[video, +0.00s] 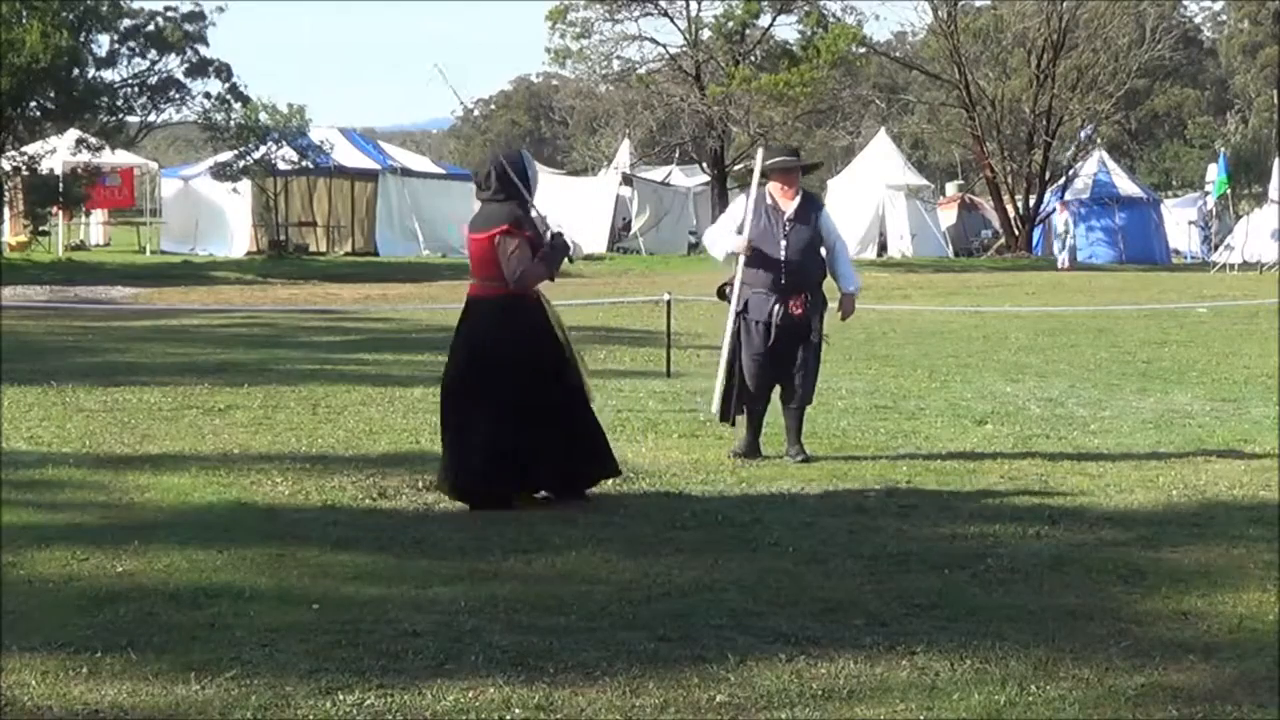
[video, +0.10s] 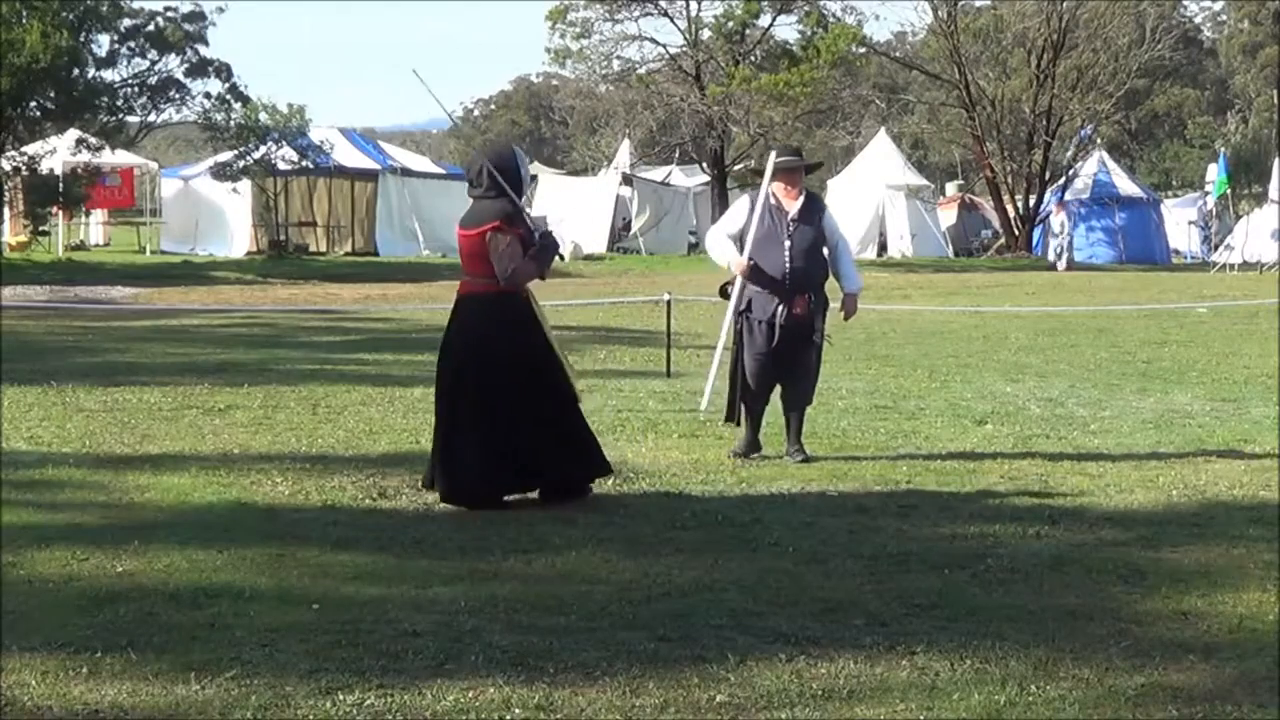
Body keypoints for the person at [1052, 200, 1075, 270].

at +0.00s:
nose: (1059, 209)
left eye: (1060, 207)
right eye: (1057, 207)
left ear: (1064, 207)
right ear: (1056, 207)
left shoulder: (1067, 215)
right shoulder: (1055, 216)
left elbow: (1071, 226)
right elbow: (1054, 228)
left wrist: (1071, 235)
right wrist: (1054, 237)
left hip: (1066, 234)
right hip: (1058, 234)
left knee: (1067, 249)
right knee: (1058, 249)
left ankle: (1067, 264)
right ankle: (1060, 264)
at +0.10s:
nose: (1054, 208)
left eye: (1056, 206)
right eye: (1053, 206)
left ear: (1060, 206)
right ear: (1052, 206)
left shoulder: (1063, 215)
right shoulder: (1051, 216)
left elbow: (1067, 227)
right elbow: (1051, 227)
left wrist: (1063, 236)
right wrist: (1050, 235)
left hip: (1063, 235)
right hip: (1054, 236)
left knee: (1064, 250)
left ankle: (1064, 264)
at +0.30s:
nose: (1042, 210)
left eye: (1043, 208)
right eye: (1041, 208)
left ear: (1047, 209)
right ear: (1040, 209)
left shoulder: (1051, 215)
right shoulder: (1041, 217)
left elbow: (1056, 226)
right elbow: (1041, 227)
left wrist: (1054, 236)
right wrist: (1042, 234)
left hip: (1053, 236)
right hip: (1044, 236)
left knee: (1058, 252)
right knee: (1043, 252)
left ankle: (1061, 267)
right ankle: (1045, 265)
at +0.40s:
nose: (1038, 208)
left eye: (1040, 206)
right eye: (1037, 206)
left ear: (1043, 206)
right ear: (1035, 207)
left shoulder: (1047, 213)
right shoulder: (1035, 215)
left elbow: (1052, 225)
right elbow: (1036, 225)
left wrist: (1051, 235)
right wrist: (1035, 234)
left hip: (1046, 235)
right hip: (1039, 234)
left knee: (1045, 248)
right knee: (1039, 249)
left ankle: (1048, 262)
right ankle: (1039, 262)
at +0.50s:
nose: (1033, 207)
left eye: (1034, 205)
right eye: (1032, 205)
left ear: (1038, 205)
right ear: (1031, 206)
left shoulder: (1044, 214)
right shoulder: (1032, 214)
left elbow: (1050, 224)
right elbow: (1030, 225)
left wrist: (1050, 234)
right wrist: (1028, 234)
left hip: (1043, 234)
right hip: (1036, 234)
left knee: (1040, 248)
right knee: (1035, 248)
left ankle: (1044, 262)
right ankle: (1037, 263)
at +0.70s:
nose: (1026, 210)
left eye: (1027, 208)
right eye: (1025, 208)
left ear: (1031, 209)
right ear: (1024, 209)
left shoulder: (1036, 215)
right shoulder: (1023, 216)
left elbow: (1042, 227)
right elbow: (1021, 227)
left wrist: (1045, 237)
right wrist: (1019, 237)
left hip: (1035, 236)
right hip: (1027, 236)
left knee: (1034, 250)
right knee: (1028, 250)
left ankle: (1032, 264)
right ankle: (1027, 263)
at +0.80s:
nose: (1021, 207)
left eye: (1022, 205)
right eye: (1020, 205)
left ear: (1025, 205)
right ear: (1018, 205)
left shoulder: (1030, 213)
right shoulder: (1017, 214)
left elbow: (1034, 224)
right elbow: (1016, 225)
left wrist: (1037, 233)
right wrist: (1015, 234)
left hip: (1029, 233)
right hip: (1021, 233)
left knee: (1027, 249)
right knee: (1020, 249)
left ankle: (1027, 265)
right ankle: (1020, 265)